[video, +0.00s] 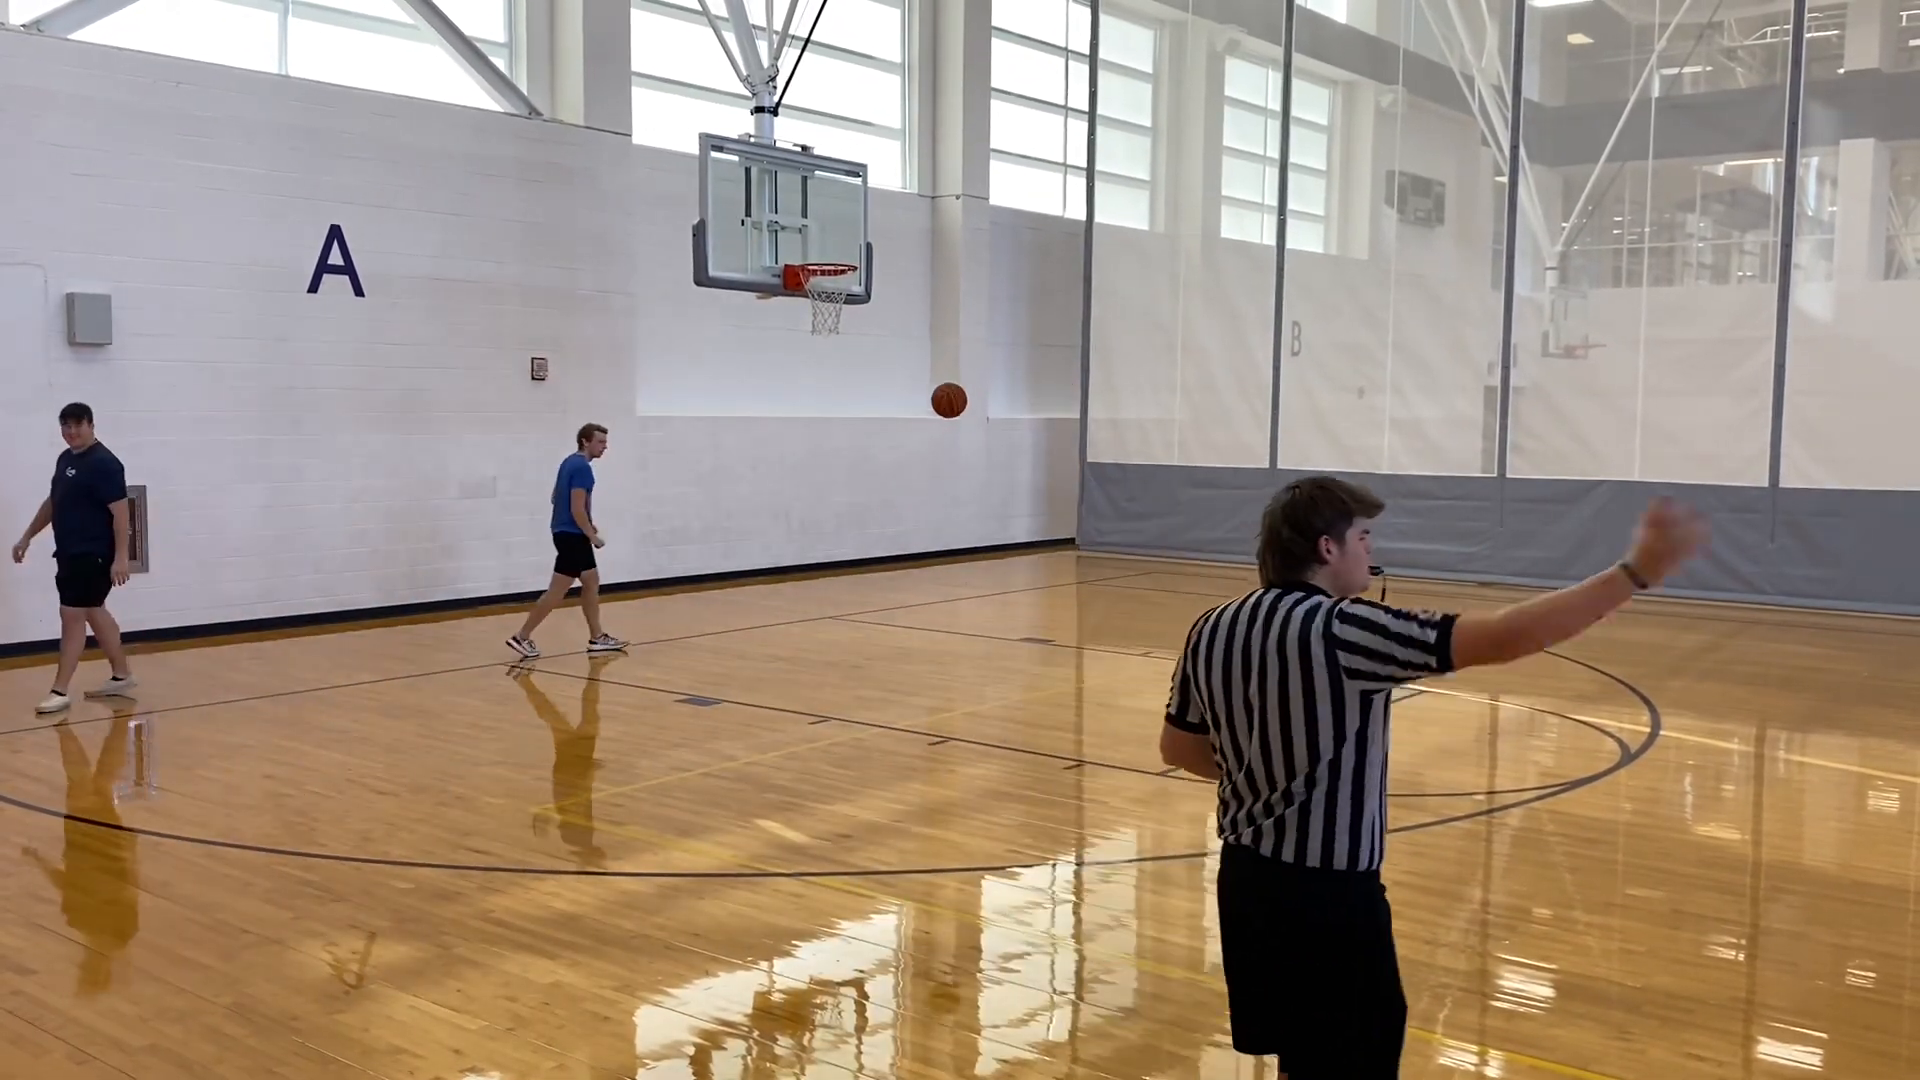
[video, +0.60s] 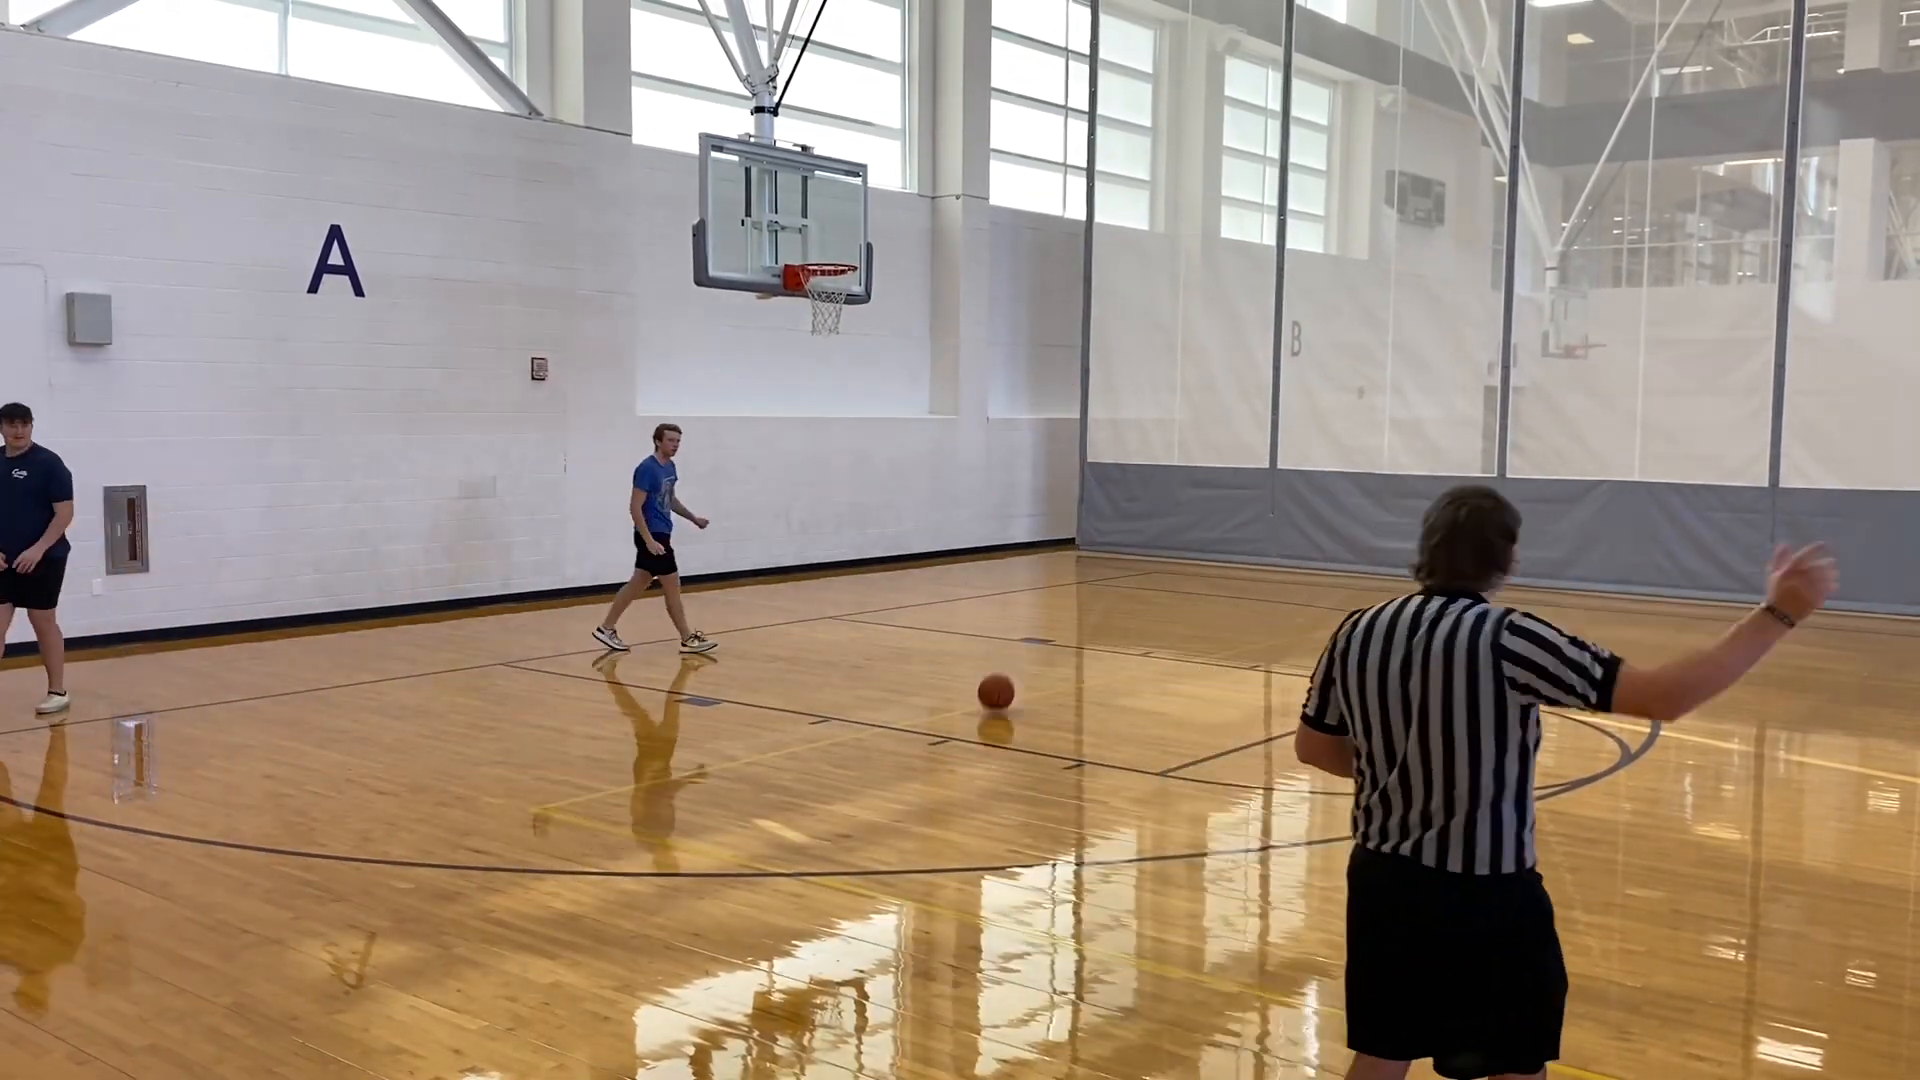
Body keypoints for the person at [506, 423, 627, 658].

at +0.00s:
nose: (604, 447)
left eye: (605, 442)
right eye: (601, 442)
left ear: (586, 444)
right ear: (585, 442)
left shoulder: (569, 463)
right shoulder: (582, 467)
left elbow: (556, 498)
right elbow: (577, 509)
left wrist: (587, 524)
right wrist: (593, 536)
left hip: (566, 533)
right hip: (573, 535)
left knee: (591, 582)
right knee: (556, 591)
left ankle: (598, 637)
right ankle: (521, 637)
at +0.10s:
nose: (615, 443)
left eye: (617, 439)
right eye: (611, 438)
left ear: (607, 441)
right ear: (597, 439)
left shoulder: (594, 462)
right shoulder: (591, 463)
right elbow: (587, 504)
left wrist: (605, 525)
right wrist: (605, 531)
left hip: (592, 530)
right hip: (584, 530)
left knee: (600, 581)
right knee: (588, 589)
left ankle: (598, 637)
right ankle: (539, 626)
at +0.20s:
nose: (626, 440)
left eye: (628, 436)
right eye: (622, 435)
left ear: (625, 438)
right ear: (608, 436)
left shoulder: (610, 460)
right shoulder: (600, 461)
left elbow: (604, 500)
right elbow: (594, 502)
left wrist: (619, 519)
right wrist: (616, 528)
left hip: (603, 527)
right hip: (596, 528)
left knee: (604, 581)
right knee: (616, 582)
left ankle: (599, 636)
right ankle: (568, 617)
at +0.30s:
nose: (637, 438)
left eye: (639, 434)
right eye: (632, 434)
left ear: (638, 437)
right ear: (619, 434)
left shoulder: (627, 460)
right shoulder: (608, 461)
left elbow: (623, 496)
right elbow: (601, 501)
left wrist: (638, 515)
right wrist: (623, 527)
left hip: (617, 526)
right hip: (609, 527)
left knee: (608, 578)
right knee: (635, 578)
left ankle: (599, 632)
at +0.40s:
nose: (648, 440)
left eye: (650, 436)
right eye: (644, 435)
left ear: (651, 438)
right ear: (631, 436)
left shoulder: (641, 462)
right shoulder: (619, 463)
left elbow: (640, 495)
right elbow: (609, 502)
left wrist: (660, 514)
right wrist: (630, 530)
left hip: (629, 528)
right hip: (622, 529)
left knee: (612, 580)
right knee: (646, 578)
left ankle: (599, 633)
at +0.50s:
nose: (661, 444)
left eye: (663, 440)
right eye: (657, 439)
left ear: (663, 442)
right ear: (644, 440)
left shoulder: (654, 465)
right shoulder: (632, 467)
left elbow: (657, 498)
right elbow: (621, 506)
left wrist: (679, 516)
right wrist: (638, 536)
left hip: (644, 533)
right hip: (634, 535)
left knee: (620, 582)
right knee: (656, 584)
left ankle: (601, 632)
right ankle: (679, 635)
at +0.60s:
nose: (675, 445)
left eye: (678, 441)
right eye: (671, 440)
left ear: (678, 443)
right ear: (658, 442)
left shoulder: (670, 467)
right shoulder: (646, 469)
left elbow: (670, 500)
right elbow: (635, 508)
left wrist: (693, 518)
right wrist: (649, 540)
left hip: (660, 533)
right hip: (651, 535)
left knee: (639, 582)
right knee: (672, 584)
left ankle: (606, 628)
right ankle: (687, 638)